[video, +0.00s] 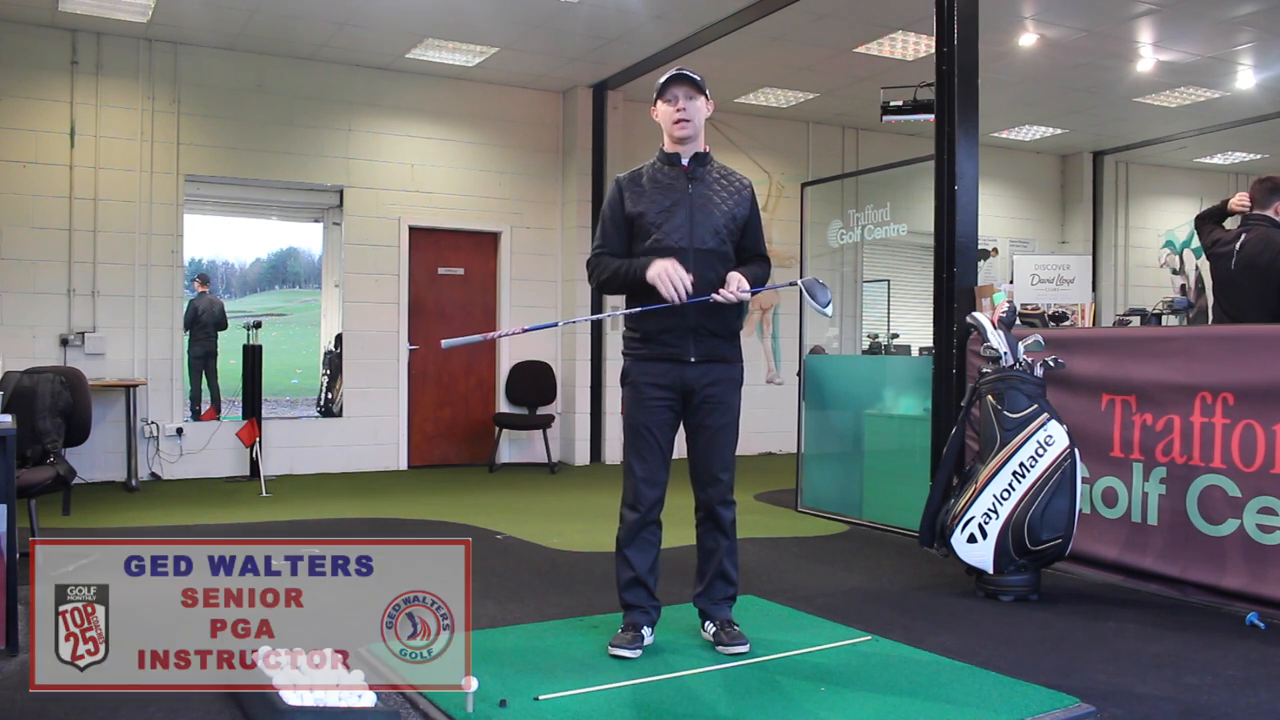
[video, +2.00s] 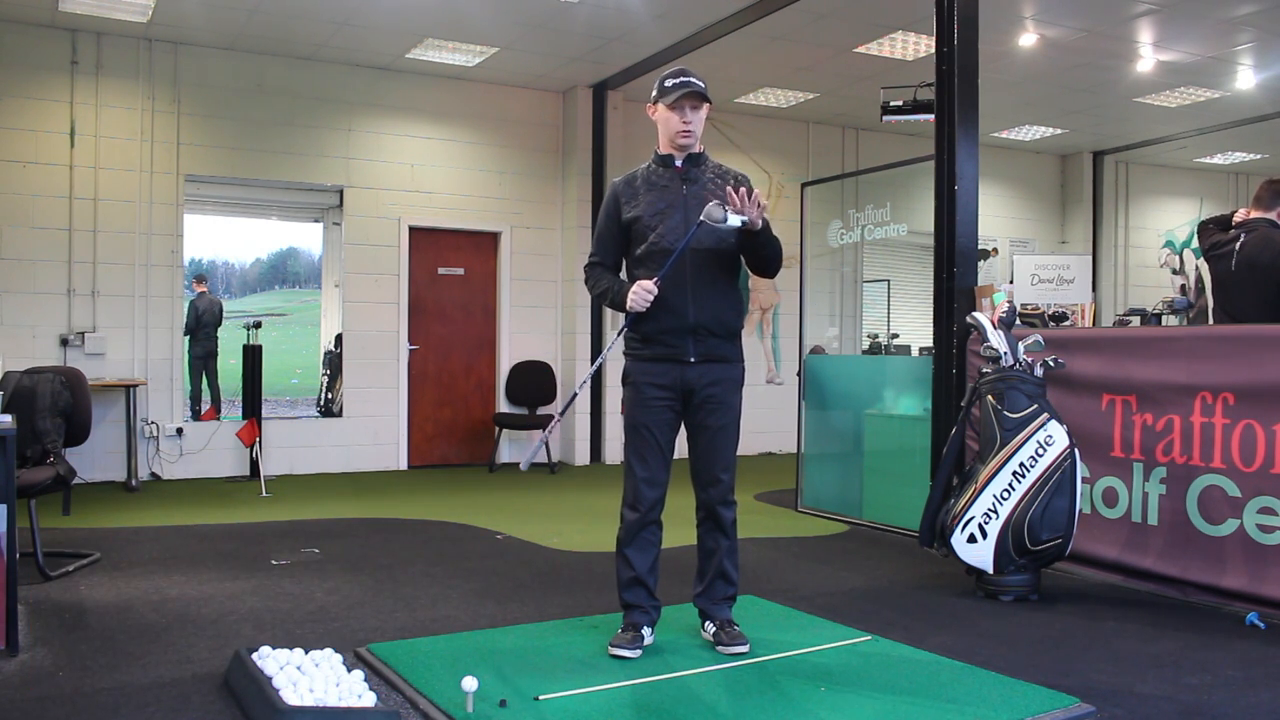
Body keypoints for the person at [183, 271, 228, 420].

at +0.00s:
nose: (194, 285)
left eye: (195, 283)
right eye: (194, 283)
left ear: (199, 284)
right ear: (207, 285)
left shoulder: (194, 302)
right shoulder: (218, 302)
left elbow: (186, 324)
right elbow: (224, 325)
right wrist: (211, 325)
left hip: (196, 346)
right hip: (212, 346)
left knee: (195, 382)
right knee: (213, 381)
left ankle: (196, 414)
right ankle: (216, 412)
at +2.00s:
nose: (192, 286)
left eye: (193, 284)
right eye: (193, 284)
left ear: (197, 285)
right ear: (206, 284)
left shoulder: (195, 303)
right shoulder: (217, 301)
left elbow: (190, 326)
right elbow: (219, 322)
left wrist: (185, 332)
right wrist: (208, 327)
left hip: (197, 344)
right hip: (212, 343)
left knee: (195, 382)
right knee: (213, 381)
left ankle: (196, 414)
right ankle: (216, 411)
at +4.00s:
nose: (191, 287)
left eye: (193, 285)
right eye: (192, 285)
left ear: (198, 285)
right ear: (205, 285)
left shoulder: (195, 302)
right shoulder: (218, 301)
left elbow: (186, 325)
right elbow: (224, 324)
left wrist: (196, 319)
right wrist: (210, 326)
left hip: (197, 345)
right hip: (212, 345)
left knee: (194, 382)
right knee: (213, 381)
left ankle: (195, 414)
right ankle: (216, 412)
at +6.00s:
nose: (194, 286)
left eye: (195, 284)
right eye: (194, 284)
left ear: (201, 284)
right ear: (207, 285)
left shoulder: (196, 302)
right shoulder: (218, 303)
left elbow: (182, 316)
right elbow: (220, 326)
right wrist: (207, 327)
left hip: (196, 343)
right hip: (211, 343)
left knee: (195, 382)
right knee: (212, 381)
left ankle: (195, 414)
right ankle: (216, 412)